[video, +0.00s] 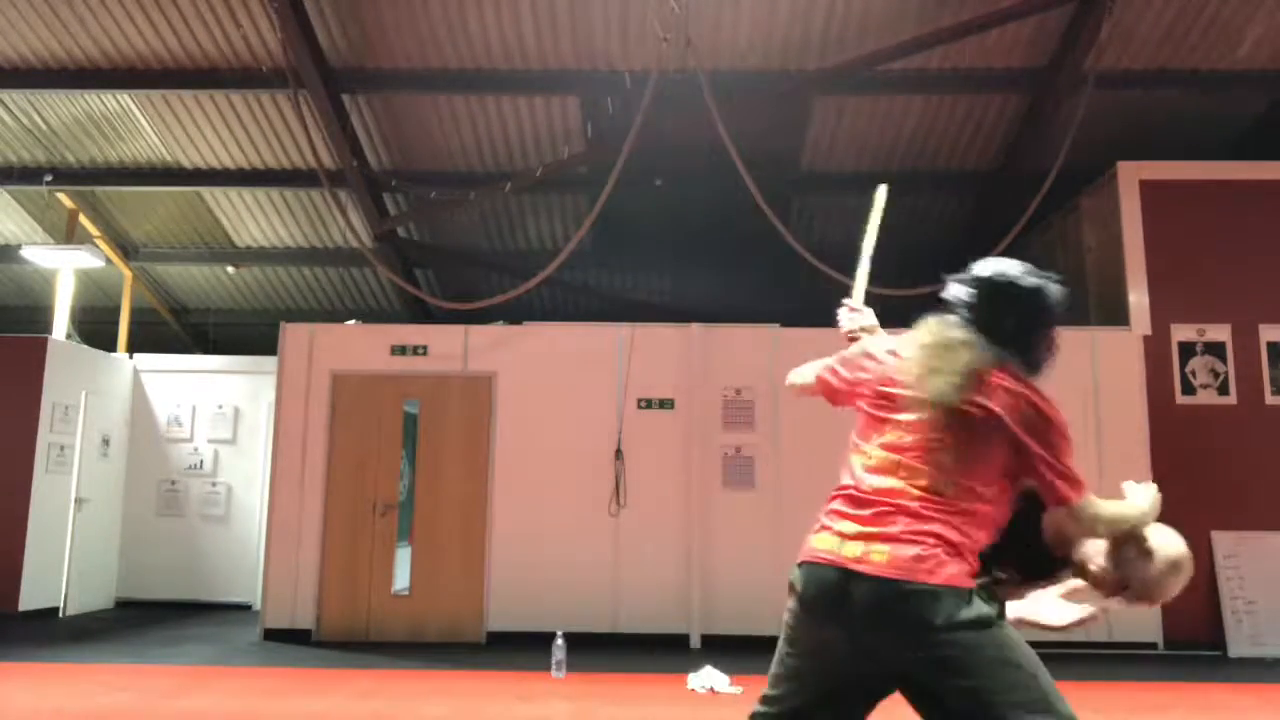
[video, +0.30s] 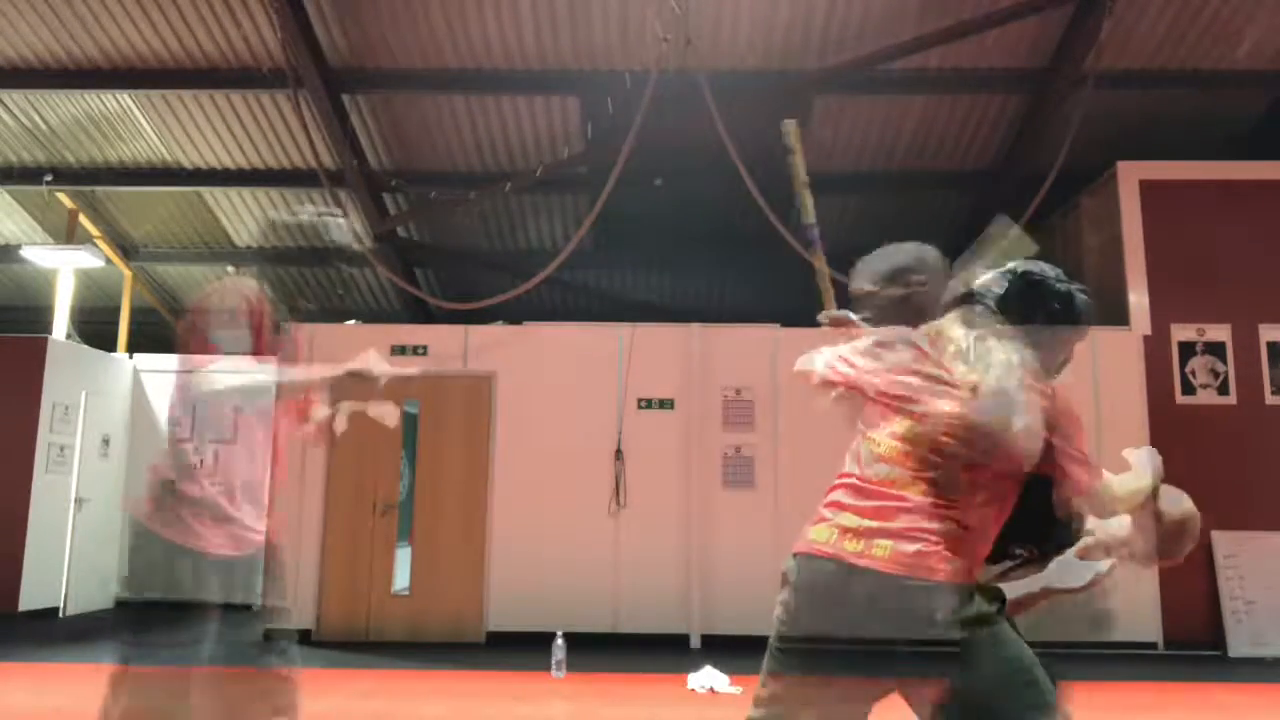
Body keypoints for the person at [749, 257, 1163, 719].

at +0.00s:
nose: (1053, 345)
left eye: (1052, 329)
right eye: (1047, 330)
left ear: (961, 315)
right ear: (1022, 333)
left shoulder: (888, 355)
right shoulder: (1023, 403)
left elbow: (800, 378)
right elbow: (1075, 516)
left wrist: (862, 340)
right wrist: (1137, 509)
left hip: (825, 580)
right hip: (931, 592)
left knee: (782, 710)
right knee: (1042, 713)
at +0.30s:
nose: (1066, 363)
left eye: (1072, 350)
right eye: (1066, 349)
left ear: (986, 313)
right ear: (1040, 337)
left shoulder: (906, 353)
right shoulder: (1042, 401)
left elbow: (818, 365)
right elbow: (1100, 499)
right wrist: (1143, 475)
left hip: (822, 580)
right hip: (926, 592)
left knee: (779, 713)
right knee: (1034, 710)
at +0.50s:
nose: (750, 328)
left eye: (756, 311)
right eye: (749, 313)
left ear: (800, 302)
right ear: (795, 304)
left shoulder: (896, 379)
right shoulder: (786, 390)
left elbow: (923, 474)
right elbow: (707, 440)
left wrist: (797, 413)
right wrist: (663, 386)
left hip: (934, 604)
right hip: (863, 602)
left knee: (905, 709)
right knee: (770, 709)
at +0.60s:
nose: (681, 328)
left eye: (690, 311)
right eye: (680, 313)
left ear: (733, 302)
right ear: (730, 304)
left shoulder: (820, 379)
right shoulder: (722, 383)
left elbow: (845, 468)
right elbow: (640, 434)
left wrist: (723, 409)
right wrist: (561, 378)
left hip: (854, 611)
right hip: (787, 605)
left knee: (843, 712)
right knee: (662, 694)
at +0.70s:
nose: (608, 306)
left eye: (621, 293)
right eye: (610, 295)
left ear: (667, 294)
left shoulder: (735, 367)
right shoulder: (648, 382)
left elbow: (751, 420)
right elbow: (581, 434)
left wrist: (647, 388)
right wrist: (518, 370)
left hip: (761, 601)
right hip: (697, 600)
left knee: (800, 709)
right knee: (582, 681)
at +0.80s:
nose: (543, 313)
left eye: (556, 302)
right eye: (544, 303)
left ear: (598, 305)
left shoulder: (645, 359)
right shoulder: (570, 397)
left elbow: (619, 378)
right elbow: (505, 443)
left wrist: (521, 346)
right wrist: (451, 382)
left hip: (674, 597)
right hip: (612, 599)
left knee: (718, 704)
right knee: (524, 691)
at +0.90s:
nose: (466, 367)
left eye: (477, 354)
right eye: (464, 356)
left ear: (509, 353)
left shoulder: (556, 405)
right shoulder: (502, 438)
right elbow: (458, 494)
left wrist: (429, 328)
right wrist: (399, 433)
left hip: (593, 608)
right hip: (547, 610)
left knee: (599, 711)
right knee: (450, 689)